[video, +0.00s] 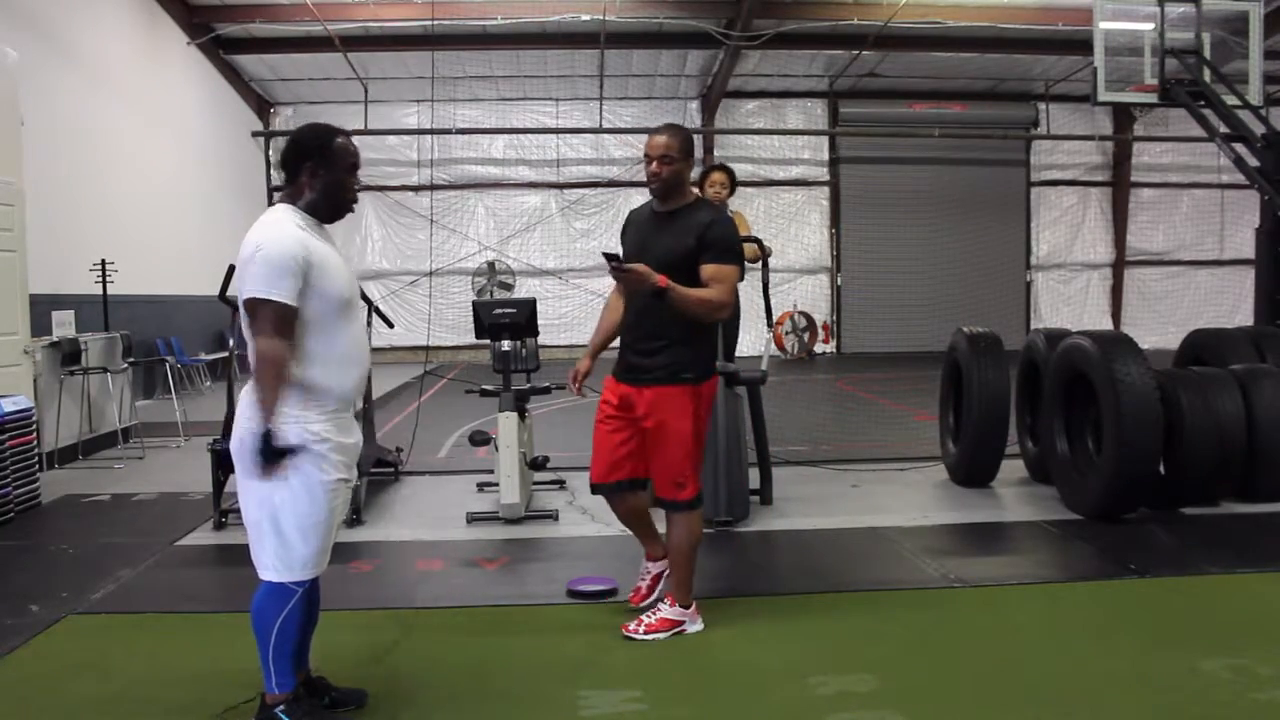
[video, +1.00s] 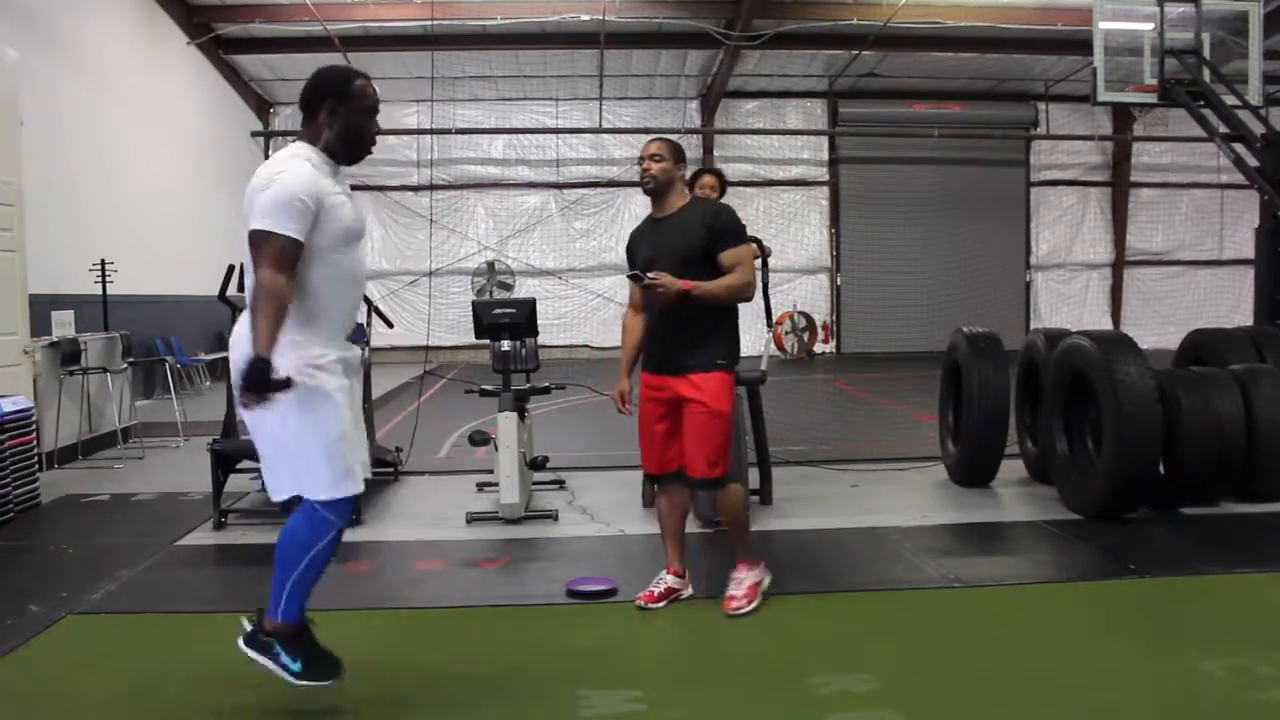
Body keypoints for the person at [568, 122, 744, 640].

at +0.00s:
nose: (654, 168)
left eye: (666, 160)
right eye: (648, 160)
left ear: (690, 164)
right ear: (644, 164)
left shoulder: (715, 223)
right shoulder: (637, 223)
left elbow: (721, 303)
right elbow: (622, 295)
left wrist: (657, 285)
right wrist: (591, 352)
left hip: (682, 380)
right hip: (629, 376)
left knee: (678, 492)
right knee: (612, 480)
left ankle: (681, 603)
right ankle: (659, 553)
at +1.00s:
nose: (646, 167)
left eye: (656, 160)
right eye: (642, 161)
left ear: (681, 168)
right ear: (639, 172)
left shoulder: (715, 217)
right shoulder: (639, 238)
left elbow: (745, 283)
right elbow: (635, 309)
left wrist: (684, 288)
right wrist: (625, 373)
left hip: (709, 369)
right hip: (658, 371)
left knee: (714, 473)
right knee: (666, 475)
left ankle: (747, 566)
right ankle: (675, 573)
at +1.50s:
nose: (712, 165)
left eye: (723, 159)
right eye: (708, 158)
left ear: (744, 169)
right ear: (701, 168)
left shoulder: (771, 225)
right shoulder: (689, 227)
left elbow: (794, 294)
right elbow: (677, 294)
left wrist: (740, 296)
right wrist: (658, 353)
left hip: (755, 373)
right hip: (697, 372)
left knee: (764, 473)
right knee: (683, 470)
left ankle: (767, 564)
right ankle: (676, 570)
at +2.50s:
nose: (682, 168)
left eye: (692, 161)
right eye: (677, 162)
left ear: (713, 167)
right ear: (672, 170)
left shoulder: (747, 223)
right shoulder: (665, 231)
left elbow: (775, 288)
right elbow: (656, 302)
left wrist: (723, 301)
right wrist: (642, 363)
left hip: (732, 373)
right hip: (672, 374)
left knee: (751, 472)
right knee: (668, 472)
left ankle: (764, 563)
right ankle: (675, 570)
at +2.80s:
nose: (648, 170)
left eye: (657, 162)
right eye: (642, 164)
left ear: (679, 168)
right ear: (638, 174)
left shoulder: (715, 217)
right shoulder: (635, 236)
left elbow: (748, 282)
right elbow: (627, 306)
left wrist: (696, 296)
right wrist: (608, 364)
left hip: (706, 372)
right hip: (653, 374)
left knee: (723, 475)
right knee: (663, 475)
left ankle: (755, 555)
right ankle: (674, 572)